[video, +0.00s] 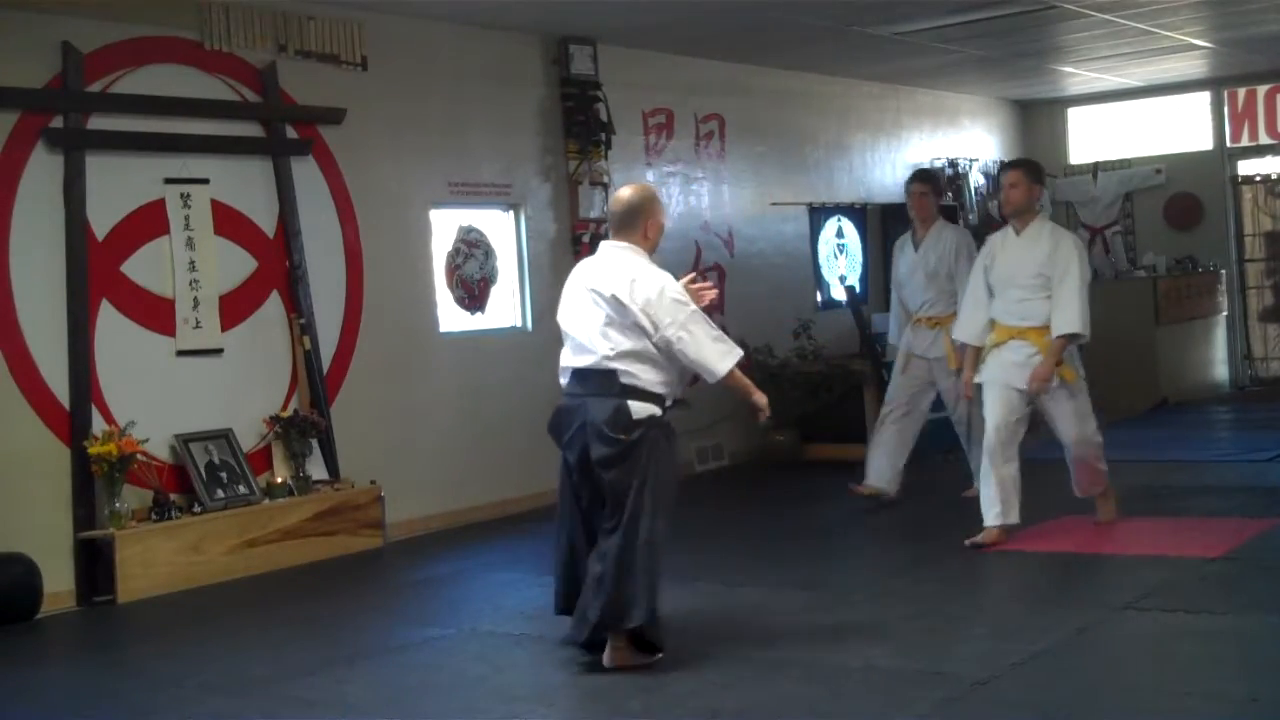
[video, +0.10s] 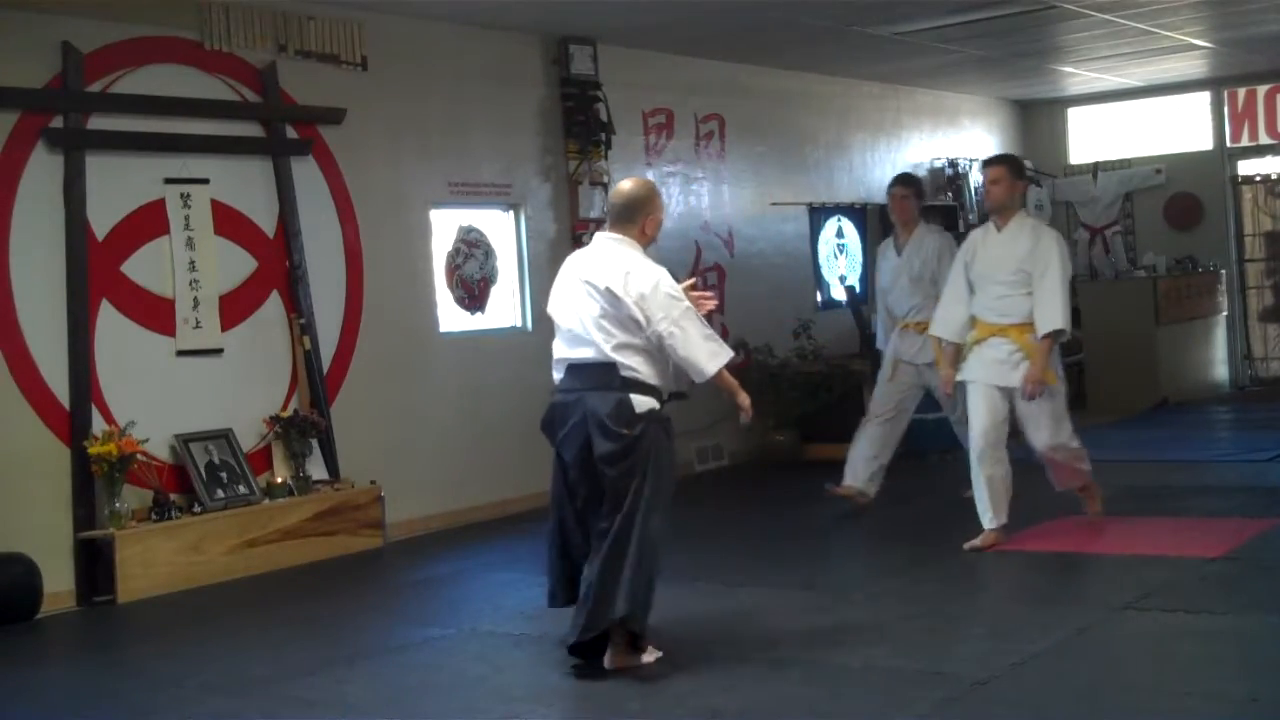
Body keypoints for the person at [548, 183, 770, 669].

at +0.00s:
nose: (664, 228)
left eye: (663, 220)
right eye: (662, 221)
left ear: (610, 223)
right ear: (651, 224)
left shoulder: (582, 271)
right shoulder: (648, 280)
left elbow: (617, 320)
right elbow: (699, 343)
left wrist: (673, 300)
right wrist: (751, 390)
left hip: (578, 410)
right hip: (629, 415)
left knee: (597, 520)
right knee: (636, 527)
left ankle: (596, 624)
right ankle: (621, 644)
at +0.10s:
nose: (660, 227)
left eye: (659, 218)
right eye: (660, 219)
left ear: (610, 215)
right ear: (650, 222)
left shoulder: (573, 263)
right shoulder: (643, 273)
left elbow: (608, 313)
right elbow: (688, 340)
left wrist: (670, 302)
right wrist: (736, 391)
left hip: (569, 403)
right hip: (625, 405)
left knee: (594, 518)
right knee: (635, 522)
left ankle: (593, 632)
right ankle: (622, 645)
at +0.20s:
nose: (654, 219)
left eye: (652, 211)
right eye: (654, 212)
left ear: (603, 208)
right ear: (646, 215)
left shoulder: (565, 257)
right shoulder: (643, 270)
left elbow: (597, 306)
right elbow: (681, 341)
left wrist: (664, 295)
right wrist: (723, 398)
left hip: (563, 400)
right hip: (620, 404)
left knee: (583, 518)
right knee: (636, 521)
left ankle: (588, 632)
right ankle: (623, 646)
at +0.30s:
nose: (651, 216)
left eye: (648, 208)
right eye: (650, 209)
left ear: (599, 207)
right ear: (641, 213)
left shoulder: (557, 258)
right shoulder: (636, 271)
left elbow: (593, 306)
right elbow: (676, 355)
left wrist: (657, 283)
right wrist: (722, 408)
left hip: (553, 403)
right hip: (614, 405)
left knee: (564, 521)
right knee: (630, 523)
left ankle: (566, 627)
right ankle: (623, 645)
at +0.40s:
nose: (645, 219)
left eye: (644, 211)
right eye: (644, 211)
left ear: (589, 210)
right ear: (634, 215)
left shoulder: (550, 259)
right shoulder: (627, 270)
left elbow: (578, 306)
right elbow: (670, 352)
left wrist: (642, 276)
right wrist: (721, 404)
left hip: (545, 407)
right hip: (607, 407)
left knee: (552, 529)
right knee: (626, 525)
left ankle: (558, 635)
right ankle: (627, 648)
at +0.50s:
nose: (633, 221)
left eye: (633, 214)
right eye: (632, 214)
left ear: (576, 212)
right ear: (622, 216)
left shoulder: (540, 263)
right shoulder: (618, 273)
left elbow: (566, 313)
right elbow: (665, 352)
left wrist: (629, 282)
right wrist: (721, 397)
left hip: (537, 410)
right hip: (599, 409)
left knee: (545, 536)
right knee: (621, 529)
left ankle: (560, 660)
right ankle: (631, 654)